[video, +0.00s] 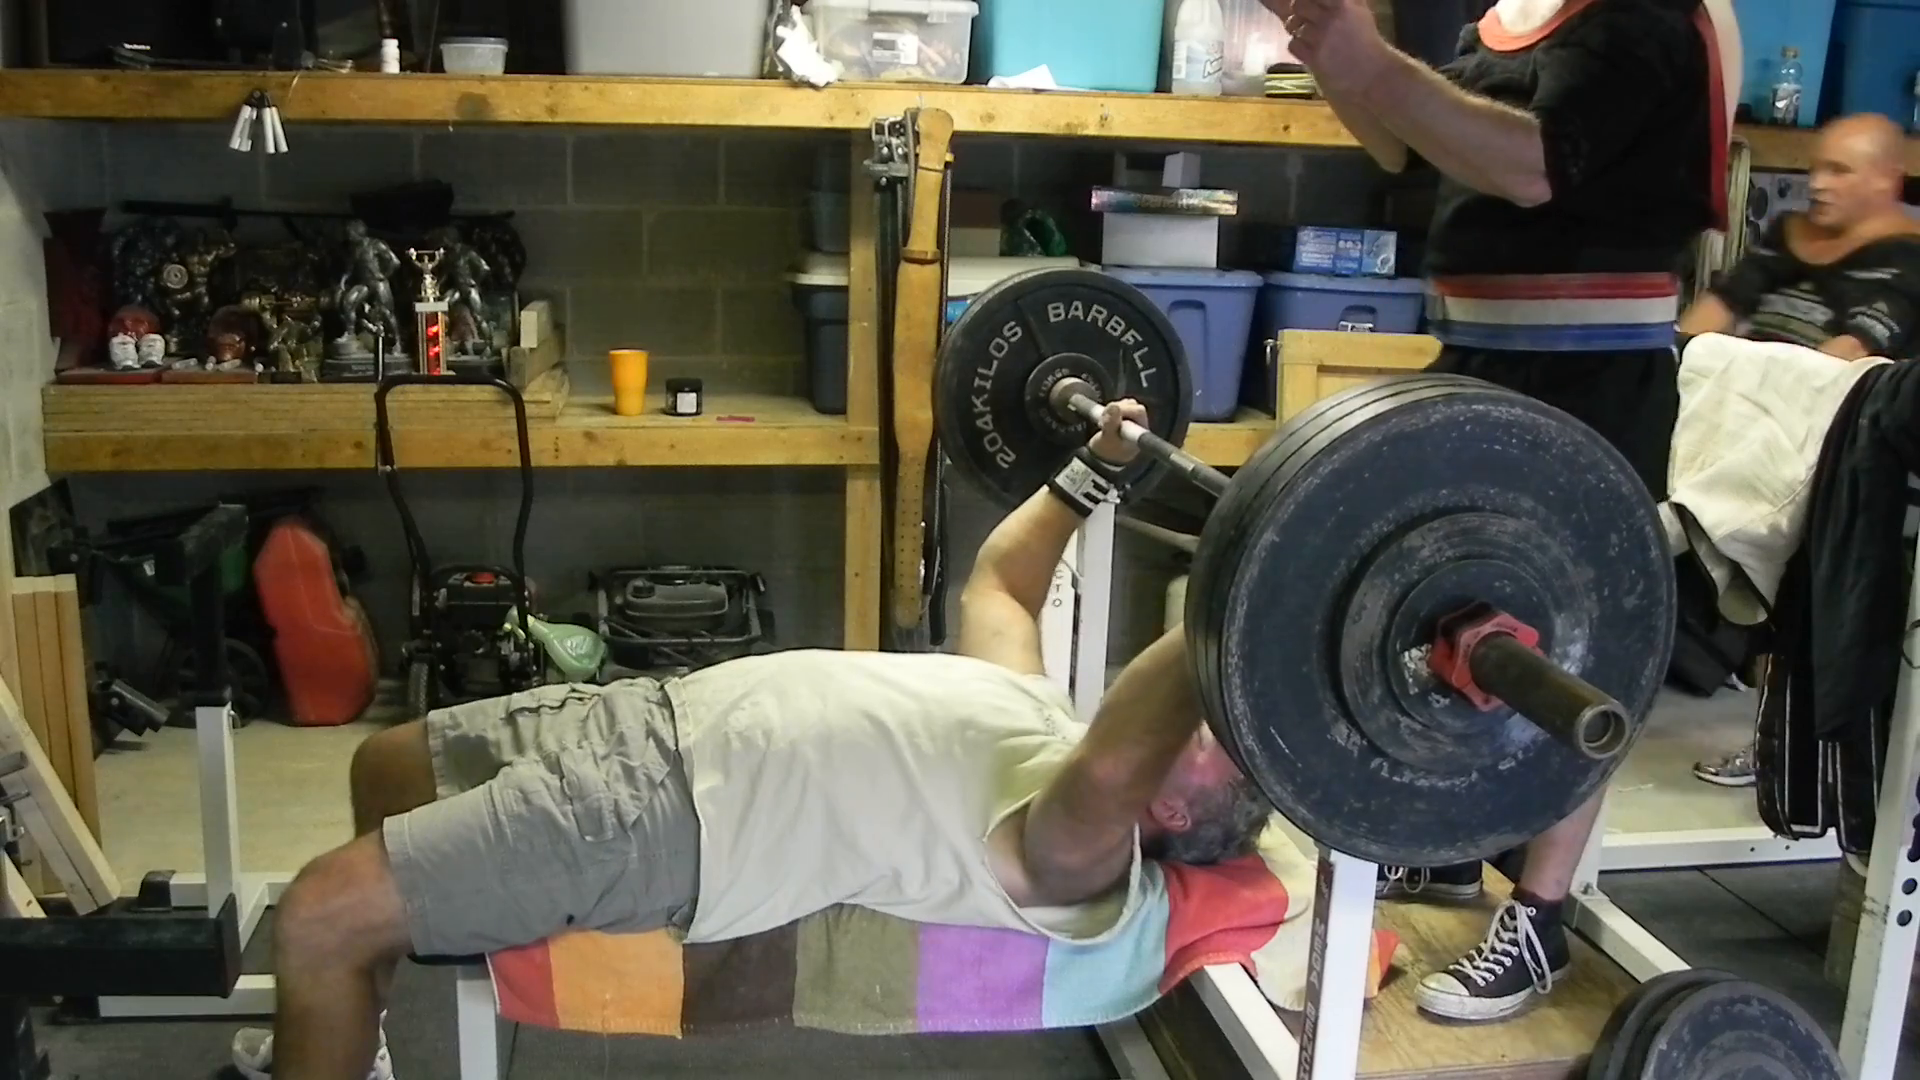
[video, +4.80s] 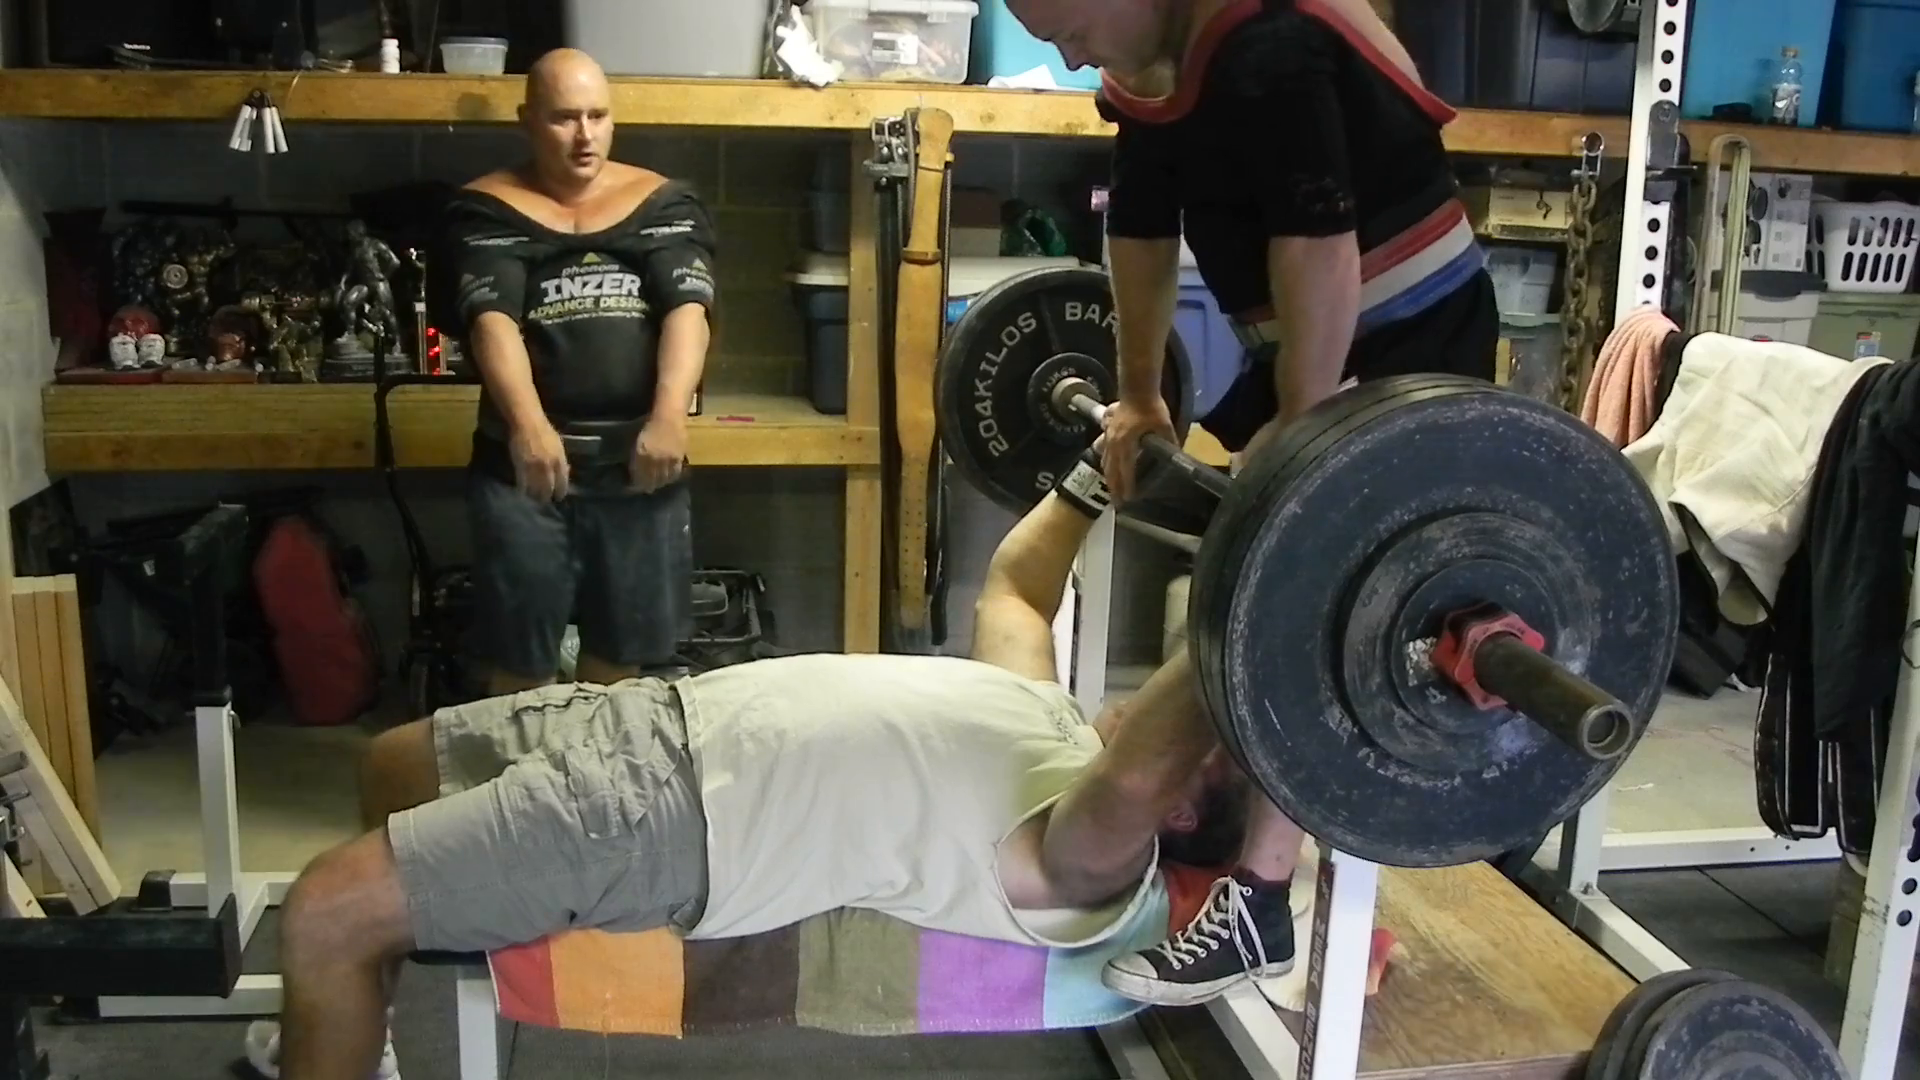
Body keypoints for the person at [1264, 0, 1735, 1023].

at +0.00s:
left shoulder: (1651, 20)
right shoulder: (1508, 16)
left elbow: (1538, 161)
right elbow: (1412, 149)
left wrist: (1377, 69)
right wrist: (1332, 54)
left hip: (1600, 376)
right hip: (1482, 364)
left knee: (1581, 645)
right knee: (1450, 613)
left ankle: (1539, 911)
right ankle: (1445, 843)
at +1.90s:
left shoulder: (1610, 27)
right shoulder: (1487, 14)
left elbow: (1500, 184)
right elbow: (1400, 120)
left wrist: (1309, 162)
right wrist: (1260, 39)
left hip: (1577, 382)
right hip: (1458, 365)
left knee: (1566, 646)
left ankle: (1536, 918)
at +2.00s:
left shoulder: (1584, 32)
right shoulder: (1469, 34)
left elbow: (1491, 193)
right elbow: (1373, 129)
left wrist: (1305, 228)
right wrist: (1225, 98)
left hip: (1553, 385)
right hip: (1436, 370)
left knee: (1554, 650)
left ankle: (1535, 918)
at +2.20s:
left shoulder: (1511, 26)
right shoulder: (1395, 30)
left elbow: (1467, 214)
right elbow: (1306, 166)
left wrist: (1353, 377)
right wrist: (1170, 239)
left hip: (1518, 374)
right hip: (1413, 370)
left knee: (1526, 637)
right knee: (1366, 611)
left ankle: (1530, 916)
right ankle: (1332, 817)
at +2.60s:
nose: (1172, 13)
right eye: (1170, 6)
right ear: (1223, 1)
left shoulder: (1378, 33)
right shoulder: (1243, 85)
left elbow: (1393, 225)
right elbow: (1204, 234)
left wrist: (1340, 407)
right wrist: (1154, 385)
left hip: (1462, 339)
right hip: (1346, 351)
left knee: (1464, 619)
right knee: (1324, 603)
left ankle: (1468, 888)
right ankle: (1335, 856)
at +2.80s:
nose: (1151, 19)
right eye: (1143, 6)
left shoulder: (1363, 27)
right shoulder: (1202, 62)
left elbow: (1386, 200)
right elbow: (1185, 229)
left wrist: (1330, 356)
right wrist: (1150, 390)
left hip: (1447, 334)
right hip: (1313, 346)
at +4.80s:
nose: (1060, 52)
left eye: (1059, 31)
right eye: (1048, 40)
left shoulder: (1271, 48)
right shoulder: (1144, 56)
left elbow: (1324, 271)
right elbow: (1140, 224)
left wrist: (1292, 479)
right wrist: (1139, 392)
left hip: (1412, 327)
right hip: (1294, 333)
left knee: (1311, 595)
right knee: (1241, 576)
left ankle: (1258, 895)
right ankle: (1198, 820)